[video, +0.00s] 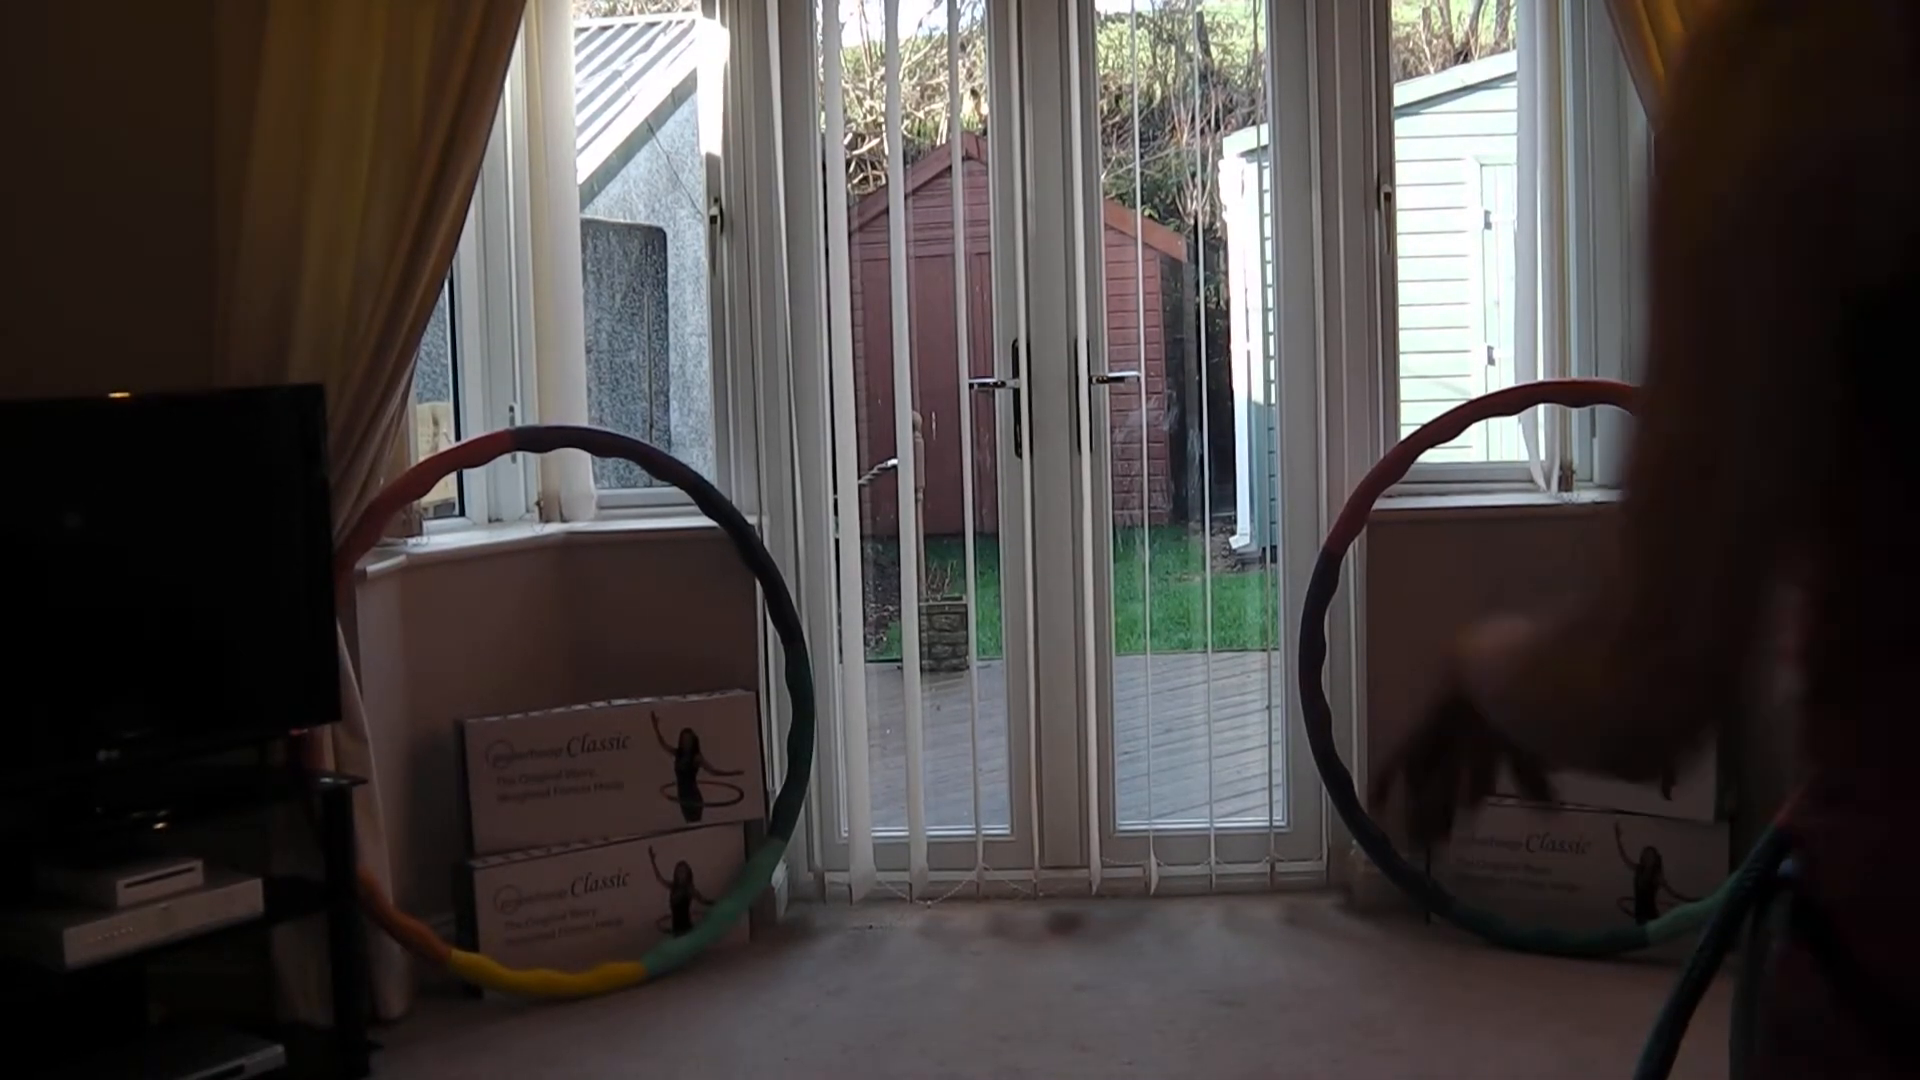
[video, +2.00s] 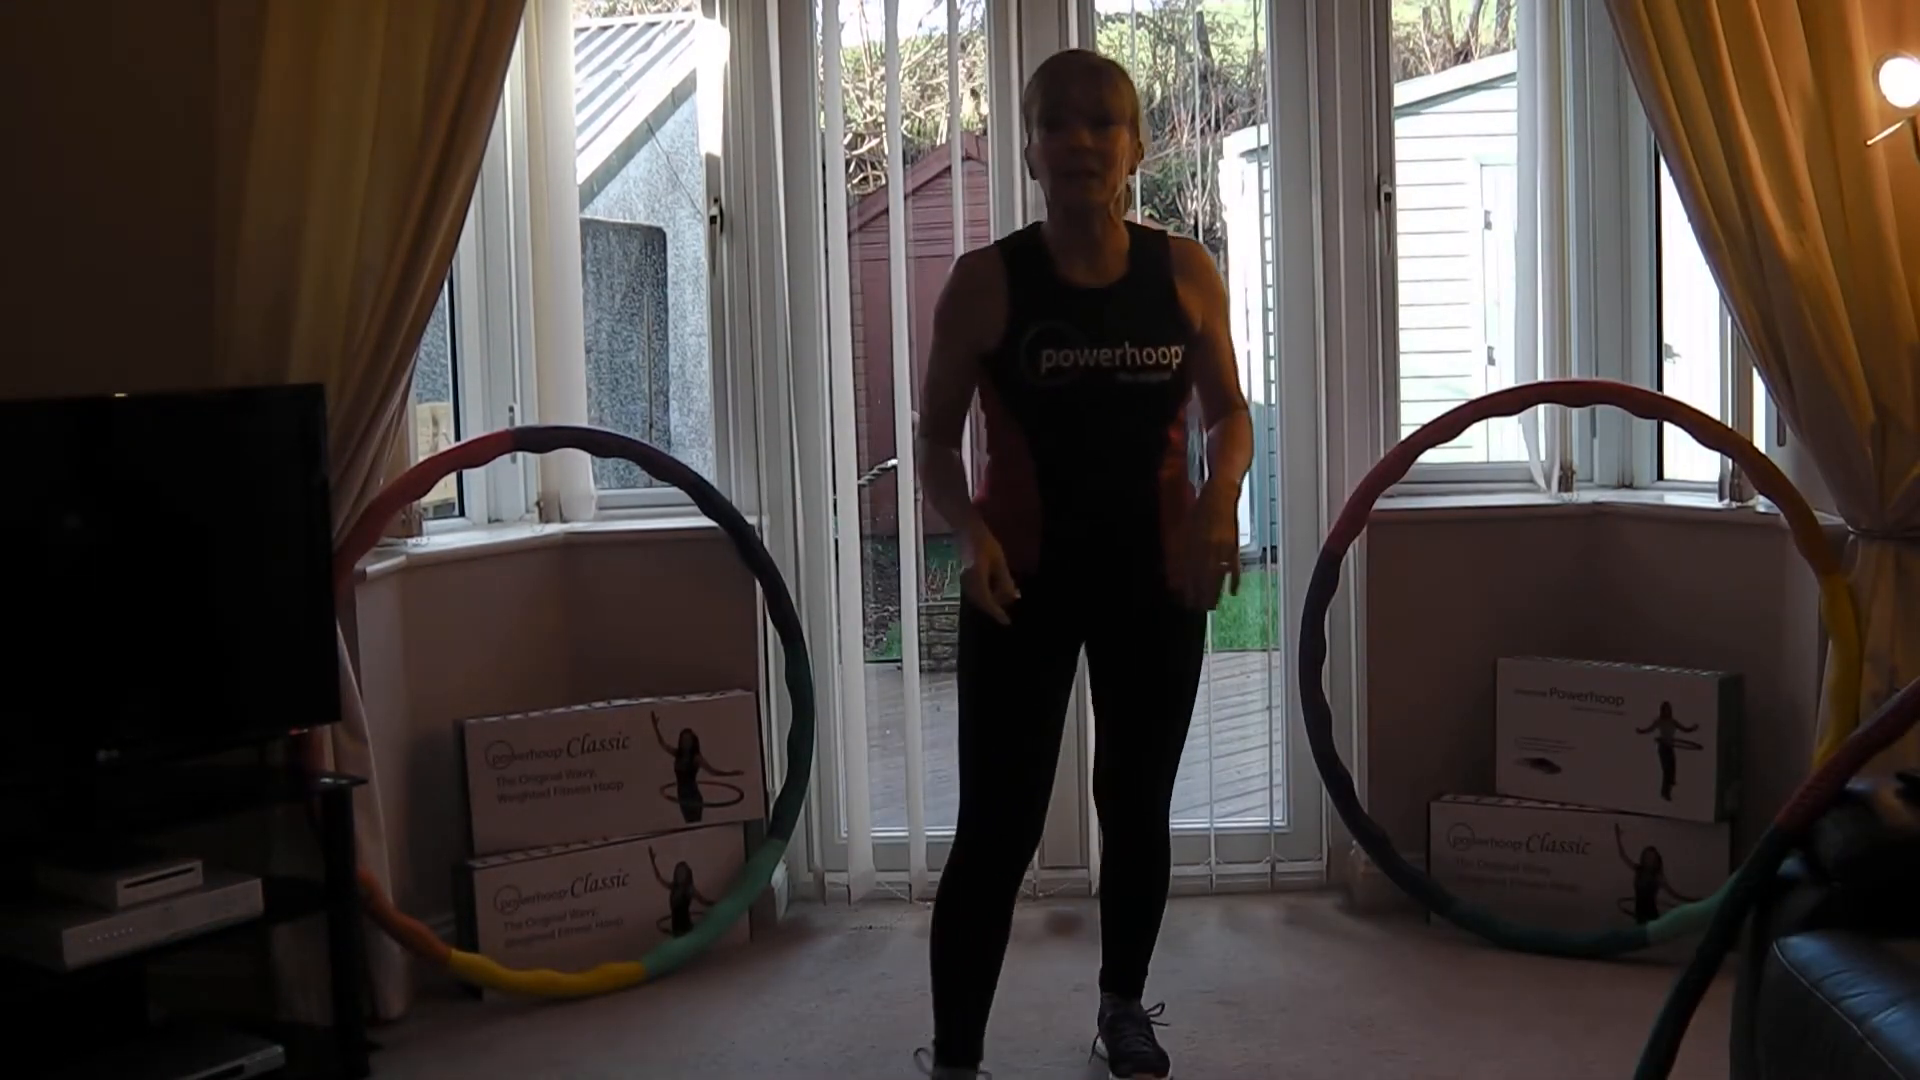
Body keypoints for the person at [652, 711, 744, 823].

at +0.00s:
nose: (684, 741)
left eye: (688, 738)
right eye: (683, 738)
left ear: (693, 741)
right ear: (680, 740)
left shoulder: (696, 757)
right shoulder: (678, 754)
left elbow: (713, 772)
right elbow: (662, 744)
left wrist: (733, 773)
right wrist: (655, 725)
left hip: (693, 794)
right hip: (682, 794)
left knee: (696, 826)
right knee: (690, 826)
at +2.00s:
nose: (685, 741)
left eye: (688, 739)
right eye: (683, 739)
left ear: (693, 741)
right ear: (680, 741)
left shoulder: (696, 757)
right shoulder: (678, 754)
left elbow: (713, 772)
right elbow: (662, 744)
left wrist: (732, 773)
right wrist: (655, 725)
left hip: (693, 794)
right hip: (682, 795)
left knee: (696, 828)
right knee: (691, 828)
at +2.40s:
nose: (685, 741)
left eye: (688, 739)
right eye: (683, 738)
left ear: (693, 741)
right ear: (680, 740)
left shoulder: (696, 757)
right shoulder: (678, 754)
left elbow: (712, 772)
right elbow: (662, 744)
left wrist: (732, 774)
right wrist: (655, 725)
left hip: (693, 794)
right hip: (682, 795)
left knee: (695, 828)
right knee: (691, 829)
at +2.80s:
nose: (685, 742)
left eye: (688, 739)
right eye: (683, 739)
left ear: (693, 741)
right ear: (680, 741)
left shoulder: (695, 757)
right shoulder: (677, 754)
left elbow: (712, 772)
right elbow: (662, 744)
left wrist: (732, 774)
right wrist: (655, 725)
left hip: (693, 794)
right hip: (682, 795)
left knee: (695, 828)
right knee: (691, 828)